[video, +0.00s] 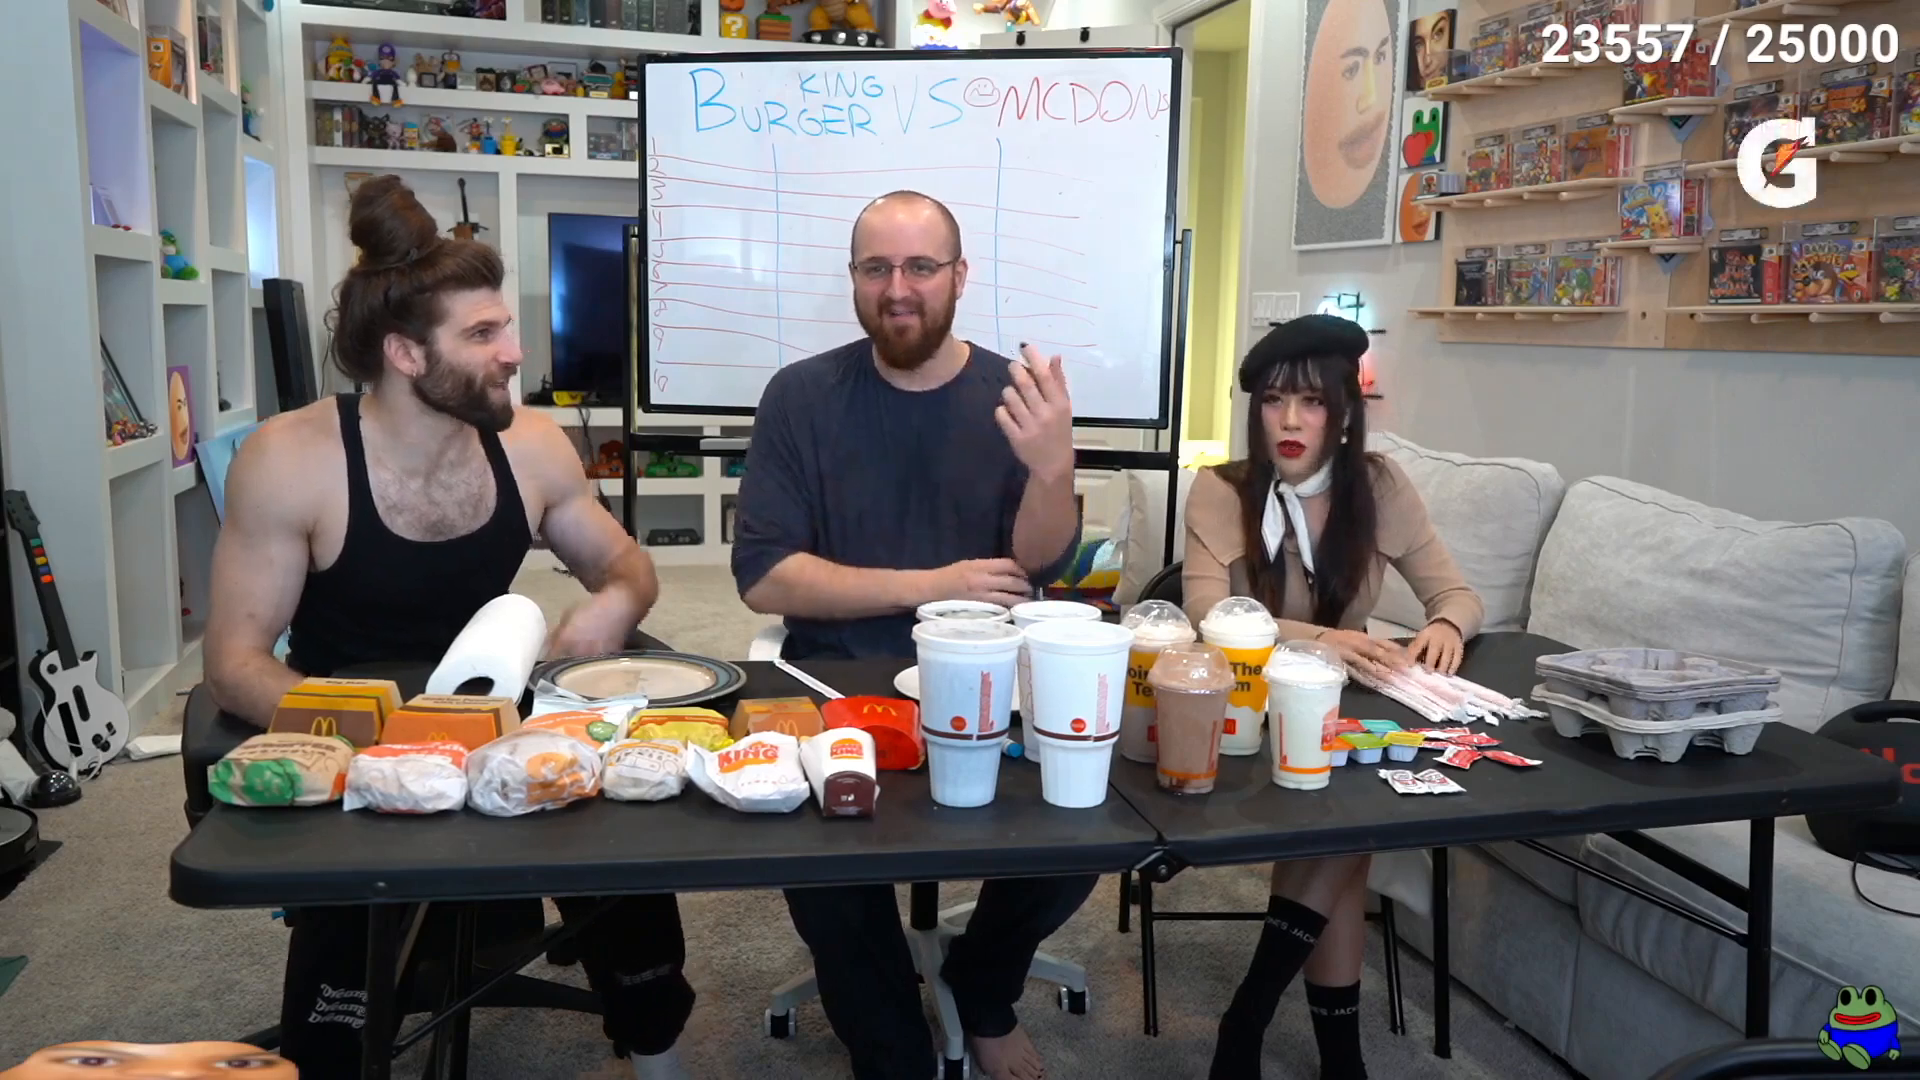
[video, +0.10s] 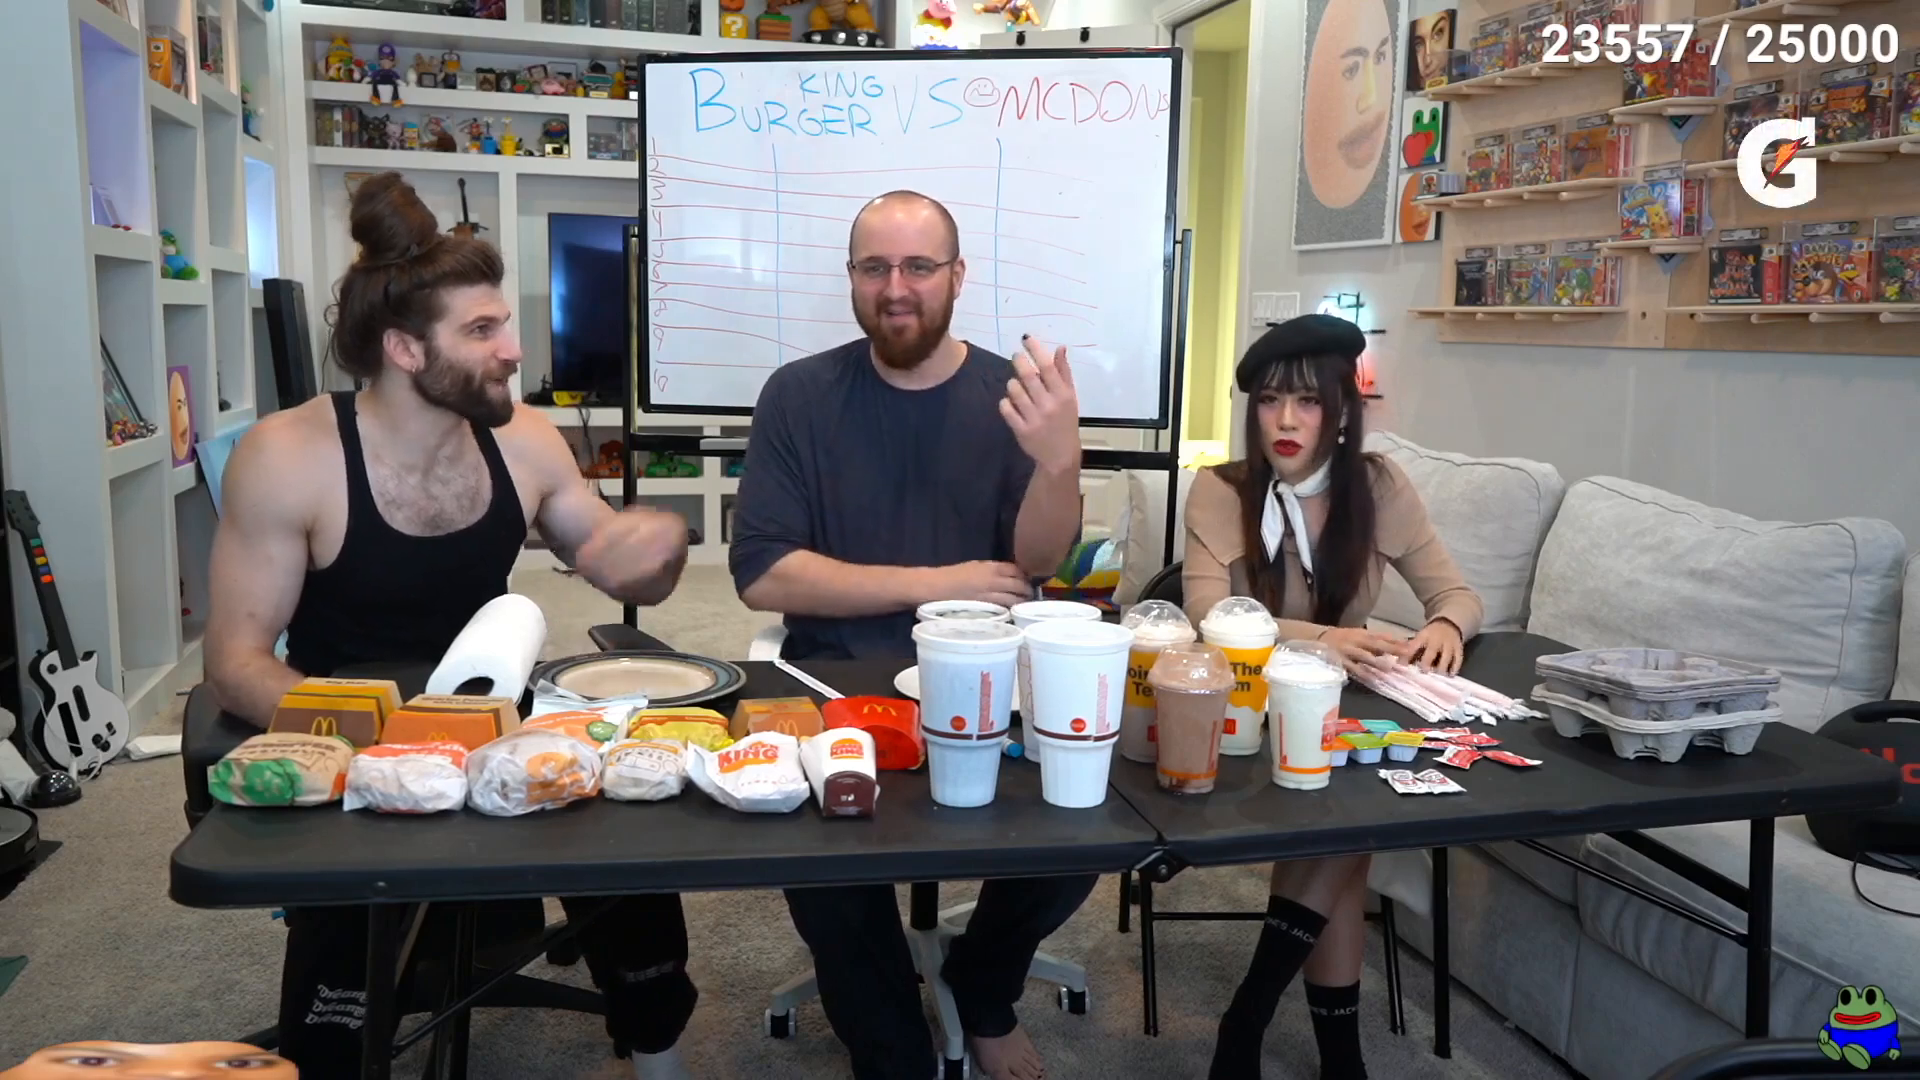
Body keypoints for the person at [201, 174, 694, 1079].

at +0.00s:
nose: (512, 351)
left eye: (508, 329)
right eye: (483, 333)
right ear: (404, 354)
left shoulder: (530, 445)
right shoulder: (288, 460)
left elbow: (628, 565)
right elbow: (234, 662)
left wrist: (613, 609)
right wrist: (347, 721)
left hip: (501, 743)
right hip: (348, 755)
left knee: (622, 833)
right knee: (351, 890)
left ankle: (655, 1054)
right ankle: (321, 1070)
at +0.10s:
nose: (511, 348)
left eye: (507, 326)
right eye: (482, 330)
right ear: (404, 351)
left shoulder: (523, 439)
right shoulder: (287, 456)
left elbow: (626, 577)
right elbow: (235, 661)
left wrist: (666, 535)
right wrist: (350, 725)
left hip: (496, 740)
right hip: (344, 753)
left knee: (624, 831)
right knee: (350, 889)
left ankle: (656, 1055)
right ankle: (320, 1071)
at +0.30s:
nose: (521, 345)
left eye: (518, 323)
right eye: (495, 325)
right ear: (418, 341)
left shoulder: (523, 434)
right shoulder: (287, 450)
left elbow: (677, 508)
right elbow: (236, 655)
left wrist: (740, 438)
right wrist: (354, 722)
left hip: (488, 737)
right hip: (338, 750)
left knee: (629, 829)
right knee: (350, 892)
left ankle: (658, 1057)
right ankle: (321, 1072)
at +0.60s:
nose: (549, 357)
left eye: (547, 333)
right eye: (527, 332)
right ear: (446, 338)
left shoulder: (538, 419)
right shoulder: (299, 449)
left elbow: (691, 408)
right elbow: (240, 646)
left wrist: (831, 343)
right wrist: (318, 738)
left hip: (493, 727)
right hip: (341, 737)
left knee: (611, 828)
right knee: (343, 875)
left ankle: (654, 1055)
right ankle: (316, 1073)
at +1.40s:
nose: (545, 353)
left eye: (543, 331)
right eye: (522, 332)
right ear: (442, 341)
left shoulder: (533, 427)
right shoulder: (295, 449)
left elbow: (688, 497)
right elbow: (239, 649)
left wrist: (747, 424)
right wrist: (322, 738)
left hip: (495, 741)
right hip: (348, 753)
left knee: (628, 827)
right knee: (339, 895)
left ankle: (661, 1049)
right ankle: (322, 1072)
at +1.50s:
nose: (541, 353)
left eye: (540, 331)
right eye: (516, 332)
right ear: (440, 342)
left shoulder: (529, 440)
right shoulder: (295, 449)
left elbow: (663, 565)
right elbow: (238, 650)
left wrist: (688, 501)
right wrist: (336, 739)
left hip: (492, 749)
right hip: (342, 756)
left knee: (636, 832)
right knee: (353, 892)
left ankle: (664, 1053)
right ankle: (325, 1071)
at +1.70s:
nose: (539, 351)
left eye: (537, 327)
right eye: (514, 328)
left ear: (450, 339)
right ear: (436, 339)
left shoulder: (523, 439)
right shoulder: (296, 450)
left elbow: (613, 606)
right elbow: (240, 650)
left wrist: (578, 573)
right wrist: (335, 731)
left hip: (506, 747)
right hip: (353, 758)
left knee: (637, 830)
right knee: (374, 891)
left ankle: (659, 1056)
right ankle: (330, 1067)